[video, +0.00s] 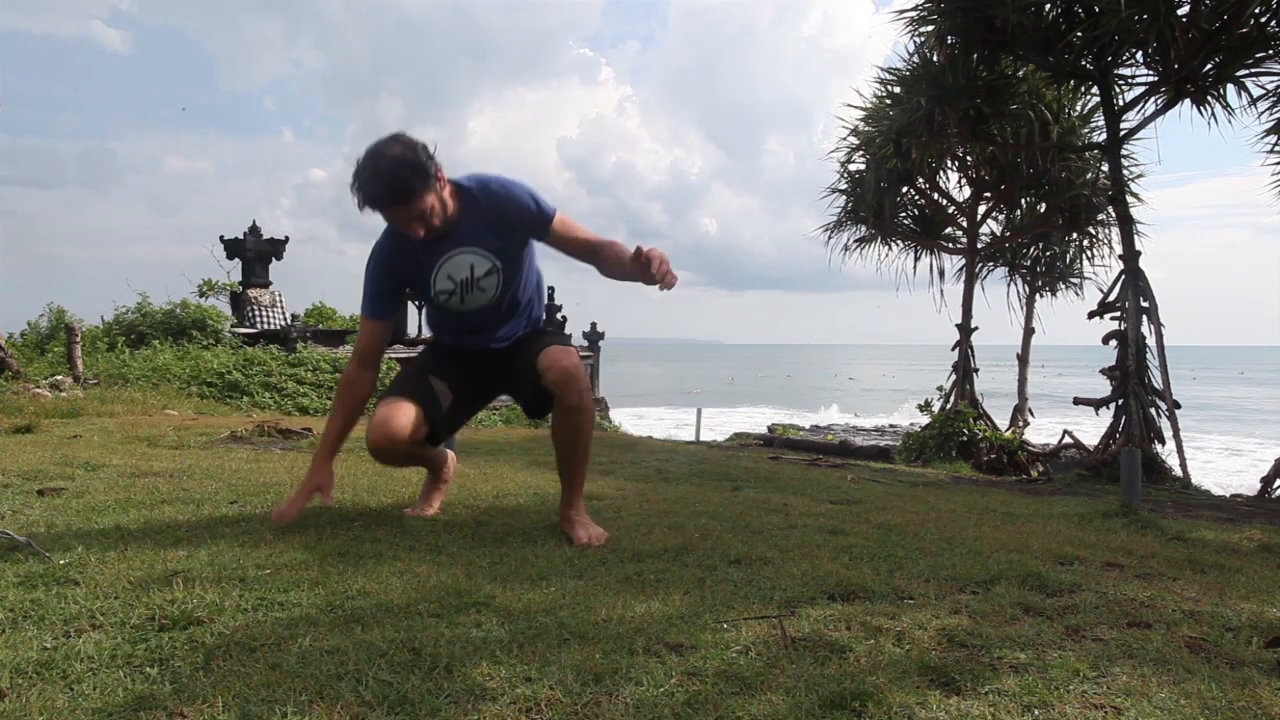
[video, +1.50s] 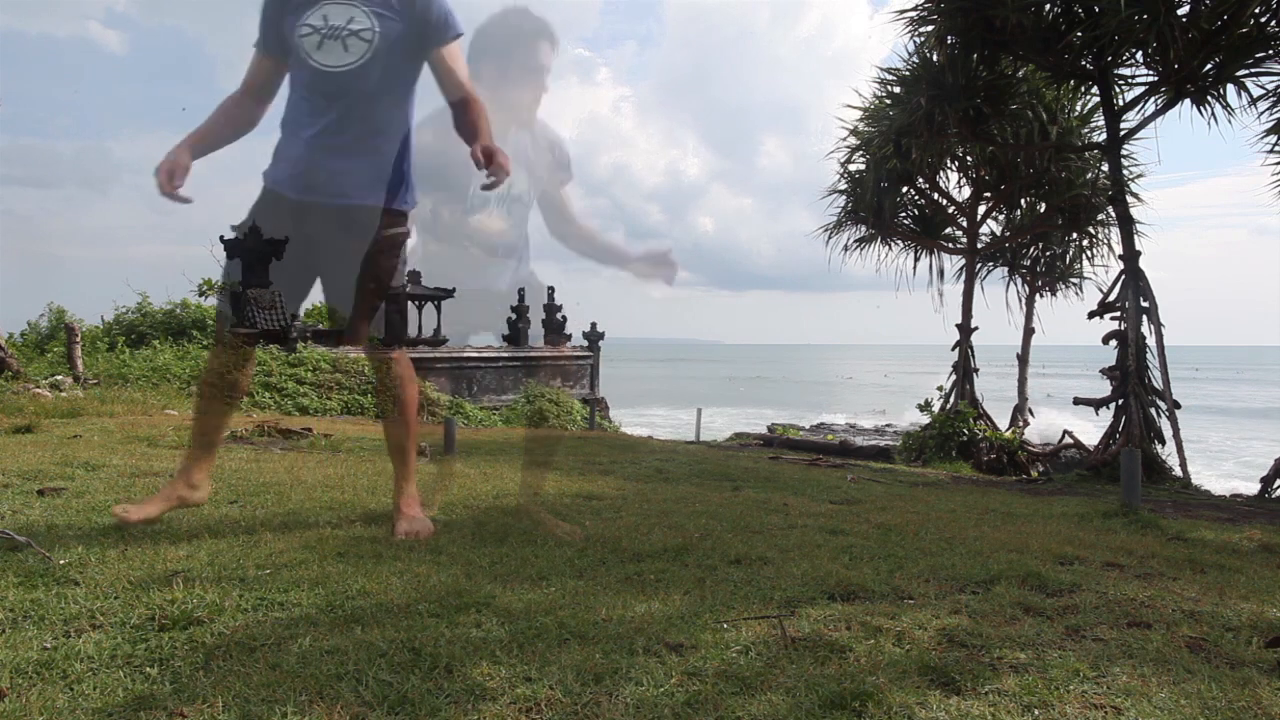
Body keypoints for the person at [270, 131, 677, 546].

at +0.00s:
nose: (415, 231)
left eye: (421, 215)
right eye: (399, 223)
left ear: (441, 182)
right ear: (383, 212)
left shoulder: (499, 199)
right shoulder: (390, 256)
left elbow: (591, 248)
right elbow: (363, 363)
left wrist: (638, 263)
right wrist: (322, 461)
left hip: (525, 343)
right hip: (454, 355)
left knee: (567, 370)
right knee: (385, 438)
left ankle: (574, 507)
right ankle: (443, 465)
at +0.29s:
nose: (388, 258)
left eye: (394, 242)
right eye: (372, 251)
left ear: (405, 212)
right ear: (348, 242)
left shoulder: (456, 232)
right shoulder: (349, 292)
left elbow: (544, 261)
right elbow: (352, 403)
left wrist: (599, 242)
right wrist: (334, 508)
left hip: (491, 379)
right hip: (424, 400)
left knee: (546, 359)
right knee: (389, 501)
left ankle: (566, 504)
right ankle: (434, 478)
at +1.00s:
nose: (438, 226)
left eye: (447, 212)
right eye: (425, 214)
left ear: (457, 199)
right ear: (393, 205)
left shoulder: (476, 246)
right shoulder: (362, 277)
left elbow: (536, 310)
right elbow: (347, 384)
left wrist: (600, 300)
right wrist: (325, 483)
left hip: (486, 392)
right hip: (416, 407)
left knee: (549, 357)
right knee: (393, 502)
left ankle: (530, 505)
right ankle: (432, 483)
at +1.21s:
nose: (488, 187)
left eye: (497, 175)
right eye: (478, 174)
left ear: (507, 170)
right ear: (446, 164)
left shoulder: (513, 228)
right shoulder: (399, 231)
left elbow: (557, 303)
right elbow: (344, 332)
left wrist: (631, 314)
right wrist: (303, 422)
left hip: (493, 362)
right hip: (422, 366)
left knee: (558, 363)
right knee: (403, 492)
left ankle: (530, 504)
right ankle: (431, 471)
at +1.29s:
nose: (507, 161)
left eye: (515, 151)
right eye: (498, 147)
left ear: (519, 153)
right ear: (461, 143)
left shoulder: (524, 214)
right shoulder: (408, 211)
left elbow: (562, 292)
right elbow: (356, 312)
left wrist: (635, 311)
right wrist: (308, 390)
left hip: (496, 354)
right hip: (424, 356)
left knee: (560, 362)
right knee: (406, 468)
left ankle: (530, 503)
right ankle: (423, 490)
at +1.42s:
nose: (534, 123)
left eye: (538, 112)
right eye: (526, 110)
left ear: (538, 110)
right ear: (488, 103)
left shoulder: (536, 175)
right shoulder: (428, 165)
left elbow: (565, 259)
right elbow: (387, 250)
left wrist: (635, 290)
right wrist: (348, 330)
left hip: (504, 329)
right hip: (433, 331)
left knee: (564, 361)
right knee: (403, 358)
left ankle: (530, 503)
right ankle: (408, 497)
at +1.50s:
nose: (543, 87)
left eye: (545, 73)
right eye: (531, 71)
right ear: (490, 71)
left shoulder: (540, 143)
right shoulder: (436, 136)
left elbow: (564, 224)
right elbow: (435, 224)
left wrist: (629, 260)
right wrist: (468, 231)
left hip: (514, 299)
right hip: (442, 300)